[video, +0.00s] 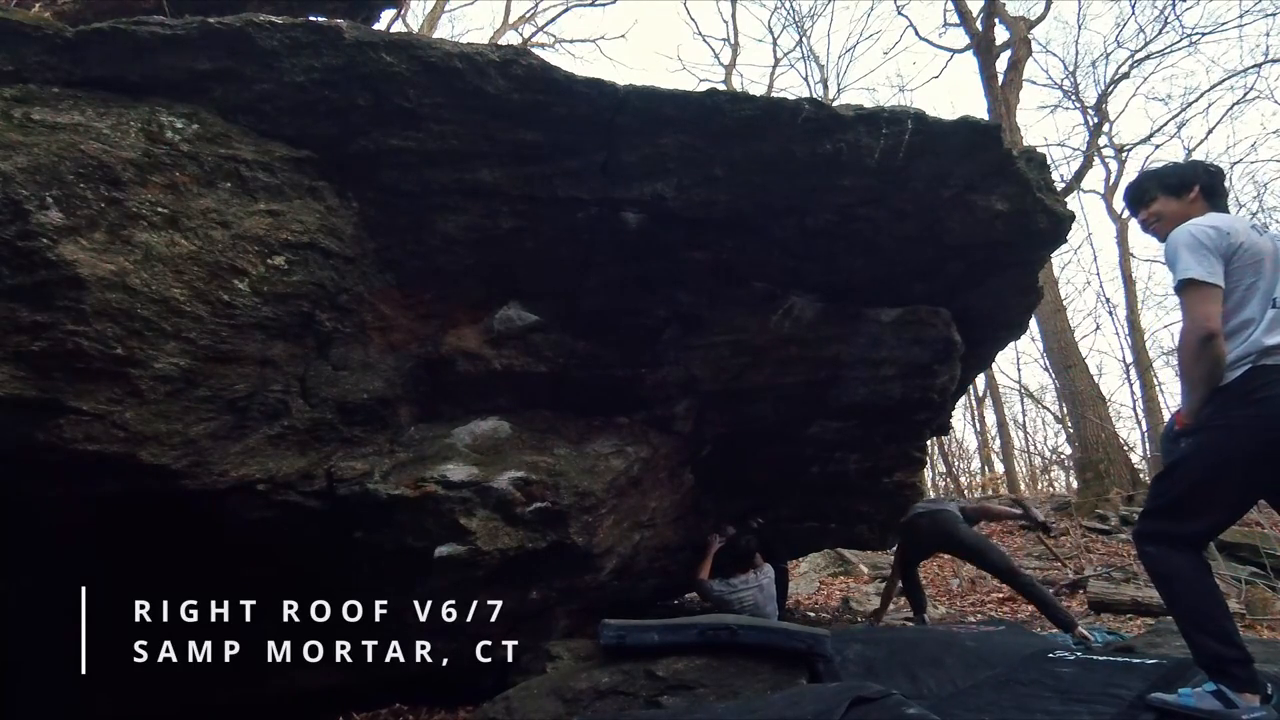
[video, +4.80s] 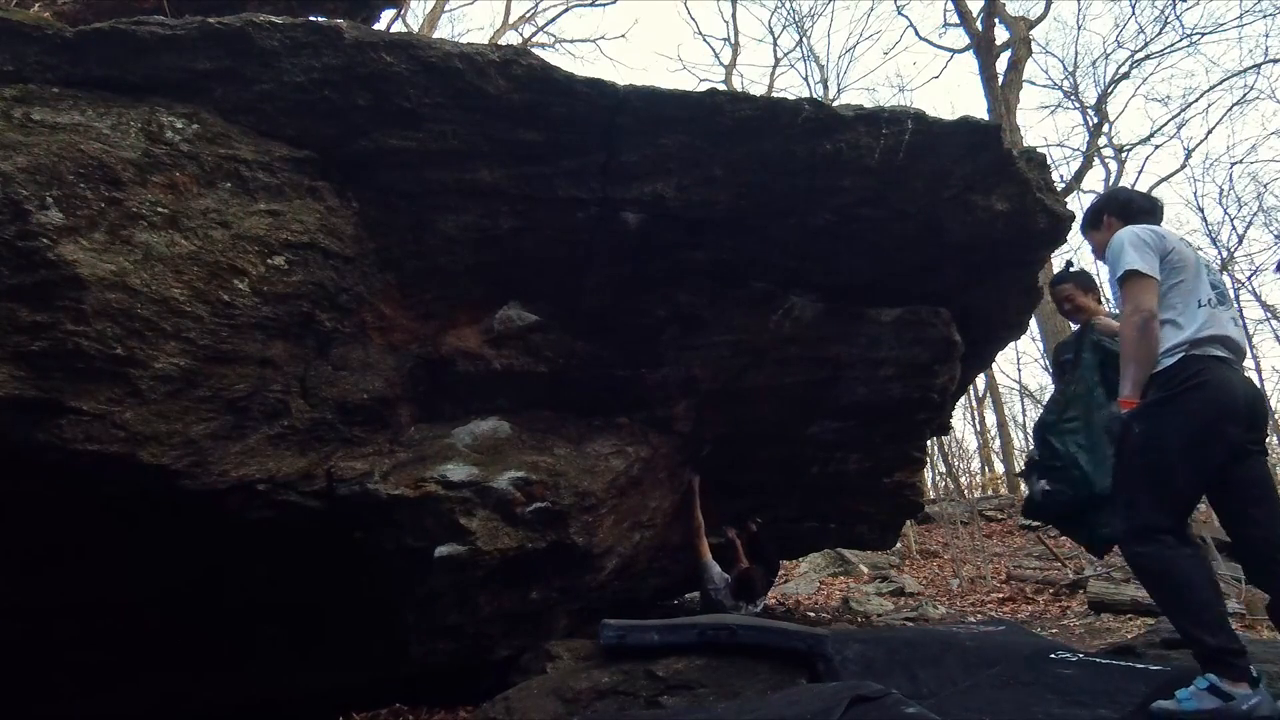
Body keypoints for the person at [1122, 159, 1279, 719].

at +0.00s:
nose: (1146, 224)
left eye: (1150, 210)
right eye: (1141, 218)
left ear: (1192, 192)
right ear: (1200, 197)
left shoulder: (1195, 233)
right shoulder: (1258, 236)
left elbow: (1205, 334)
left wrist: (1193, 410)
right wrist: (1199, 408)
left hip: (1258, 392)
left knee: (1163, 533)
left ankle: (1235, 683)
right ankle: (1237, 680)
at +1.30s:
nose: (1117, 254)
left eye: (1111, 240)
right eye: (1110, 245)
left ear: (1124, 224)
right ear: (1165, 211)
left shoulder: (1152, 237)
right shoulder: (1238, 246)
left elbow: (1190, 320)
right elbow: (1272, 295)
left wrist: (1181, 408)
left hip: (1252, 382)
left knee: (1164, 527)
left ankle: (1238, 686)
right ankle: (1242, 683)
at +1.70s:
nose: (1067, 267)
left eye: (1064, 258)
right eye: (1062, 261)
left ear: (1076, 249)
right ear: (1117, 232)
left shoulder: (1099, 258)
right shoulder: (1174, 263)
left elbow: (1139, 334)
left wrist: (1145, 414)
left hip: (1211, 390)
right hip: (1272, 384)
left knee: (1150, 537)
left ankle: (1238, 690)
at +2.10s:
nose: (998, 278)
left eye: (996, 271)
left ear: (1003, 266)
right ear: (1049, 250)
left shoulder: (1017, 279)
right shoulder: (1103, 274)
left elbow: (1054, 348)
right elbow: (1165, 327)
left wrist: (1093, 428)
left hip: (1146, 391)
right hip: (1216, 380)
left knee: (1158, 559)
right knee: (1269, 542)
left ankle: (1236, 704)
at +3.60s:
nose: (1046, 263)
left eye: (1047, 252)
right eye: (1043, 255)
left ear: (1064, 238)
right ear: (1091, 230)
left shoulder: (1095, 249)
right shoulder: (1137, 260)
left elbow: (1133, 317)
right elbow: (1189, 331)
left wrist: (1139, 401)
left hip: (1189, 388)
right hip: (1225, 385)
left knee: (1196, 540)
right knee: (1245, 535)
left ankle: (1244, 692)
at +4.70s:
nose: (1094, 247)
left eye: (1093, 237)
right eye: (1091, 240)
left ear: (1111, 219)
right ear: (1144, 217)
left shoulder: (1128, 238)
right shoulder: (1193, 258)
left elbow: (1138, 314)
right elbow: (1214, 330)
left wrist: (1124, 399)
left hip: (1182, 389)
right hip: (1235, 389)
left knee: (1140, 532)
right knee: (1258, 541)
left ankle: (1226, 673)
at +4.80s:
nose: (1094, 250)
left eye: (1094, 240)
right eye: (1091, 243)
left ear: (1111, 221)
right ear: (1140, 218)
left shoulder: (1133, 236)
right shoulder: (1185, 255)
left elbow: (1143, 314)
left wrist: (1128, 395)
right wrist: (1097, 318)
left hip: (1189, 385)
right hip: (1240, 390)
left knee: (1147, 530)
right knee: (1264, 544)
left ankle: (1230, 677)